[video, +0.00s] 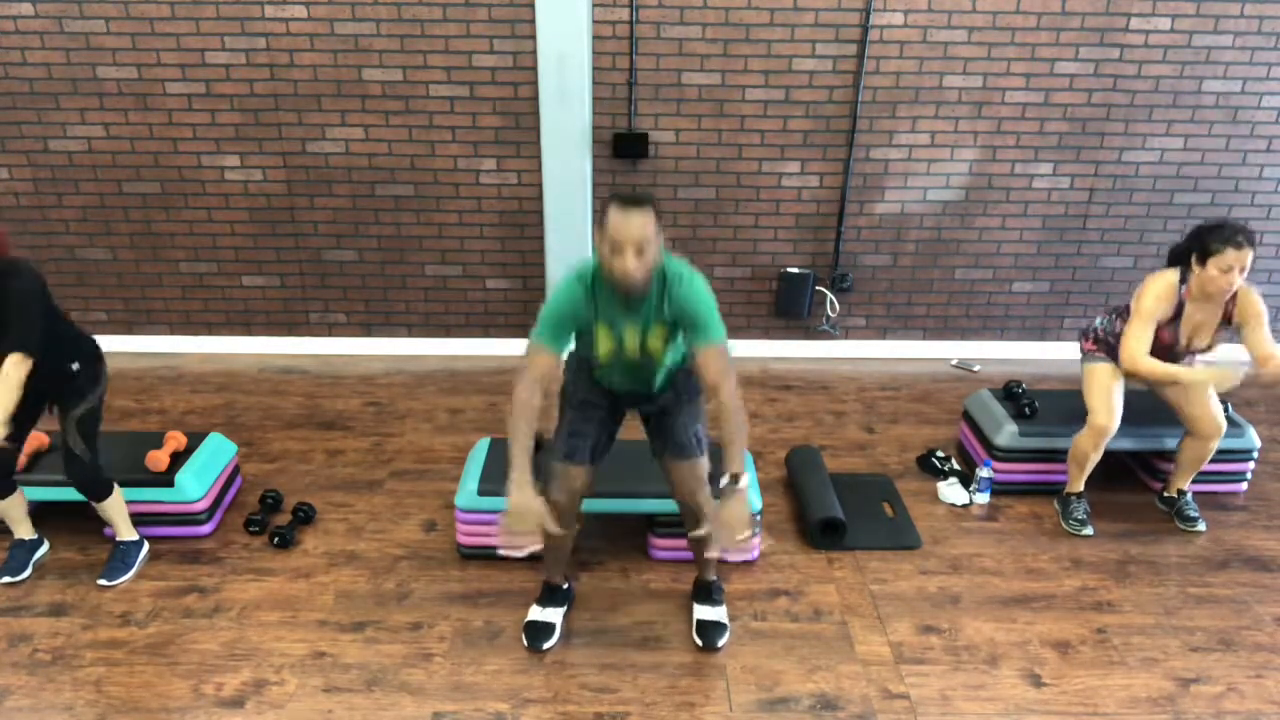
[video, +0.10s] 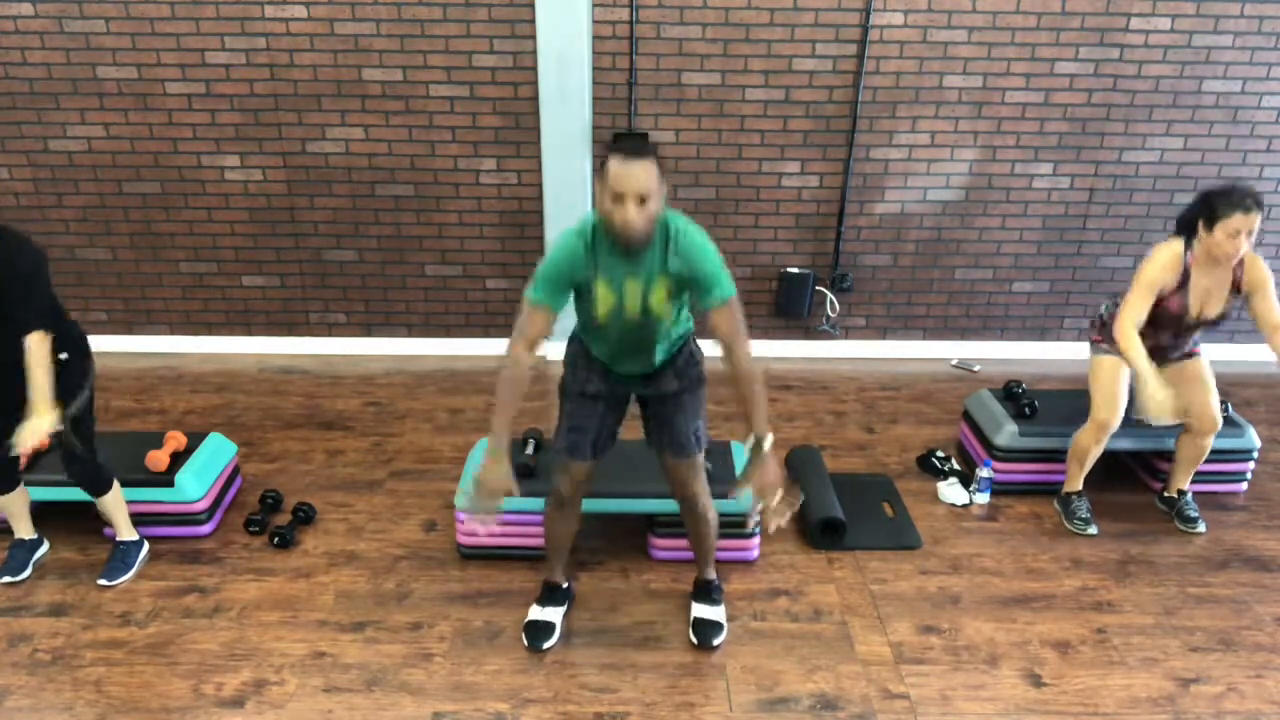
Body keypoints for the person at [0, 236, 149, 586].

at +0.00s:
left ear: (4, 245)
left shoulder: (18, 279)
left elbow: (18, 360)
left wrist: (3, 426)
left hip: (76, 367)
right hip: (31, 372)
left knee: (80, 467)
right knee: (2, 465)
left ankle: (130, 540)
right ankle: (26, 539)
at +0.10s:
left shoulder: (16, 253)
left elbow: (36, 332)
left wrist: (41, 410)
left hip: (61, 357)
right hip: (11, 365)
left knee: (78, 456)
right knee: (1, 458)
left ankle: (129, 539)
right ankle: (26, 538)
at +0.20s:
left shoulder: (23, 238)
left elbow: (57, 316)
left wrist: (82, 388)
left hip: (43, 363)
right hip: (5, 373)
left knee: (78, 450)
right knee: (5, 459)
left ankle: (129, 539)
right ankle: (26, 538)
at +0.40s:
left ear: (5, 199)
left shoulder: (31, 236)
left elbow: (81, 291)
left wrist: (116, 344)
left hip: (40, 366)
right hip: (1, 375)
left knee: (80, 452)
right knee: (7, 461)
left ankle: (129, 539)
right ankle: (26, 539)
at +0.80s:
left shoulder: (21, 236)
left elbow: (63, 311)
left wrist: (83, 383)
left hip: (42, 363)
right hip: (2, 374)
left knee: (78, 450)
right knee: (6, 459)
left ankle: (129, 538)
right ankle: (26, 538)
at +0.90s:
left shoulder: (15, 242)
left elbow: (53, 320)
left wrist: (39, 392)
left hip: (56, 355)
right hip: (8, 364)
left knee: (76, 449)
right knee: (4, 456)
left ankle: (128, 538)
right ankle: (25, 538)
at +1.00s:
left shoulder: (14, 265)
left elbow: (40, 344)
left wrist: (2, 384)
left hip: (68, 356)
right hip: (17, 364)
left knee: (79, 453)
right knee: (2, 453)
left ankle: (129, 539)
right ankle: (26, 538)